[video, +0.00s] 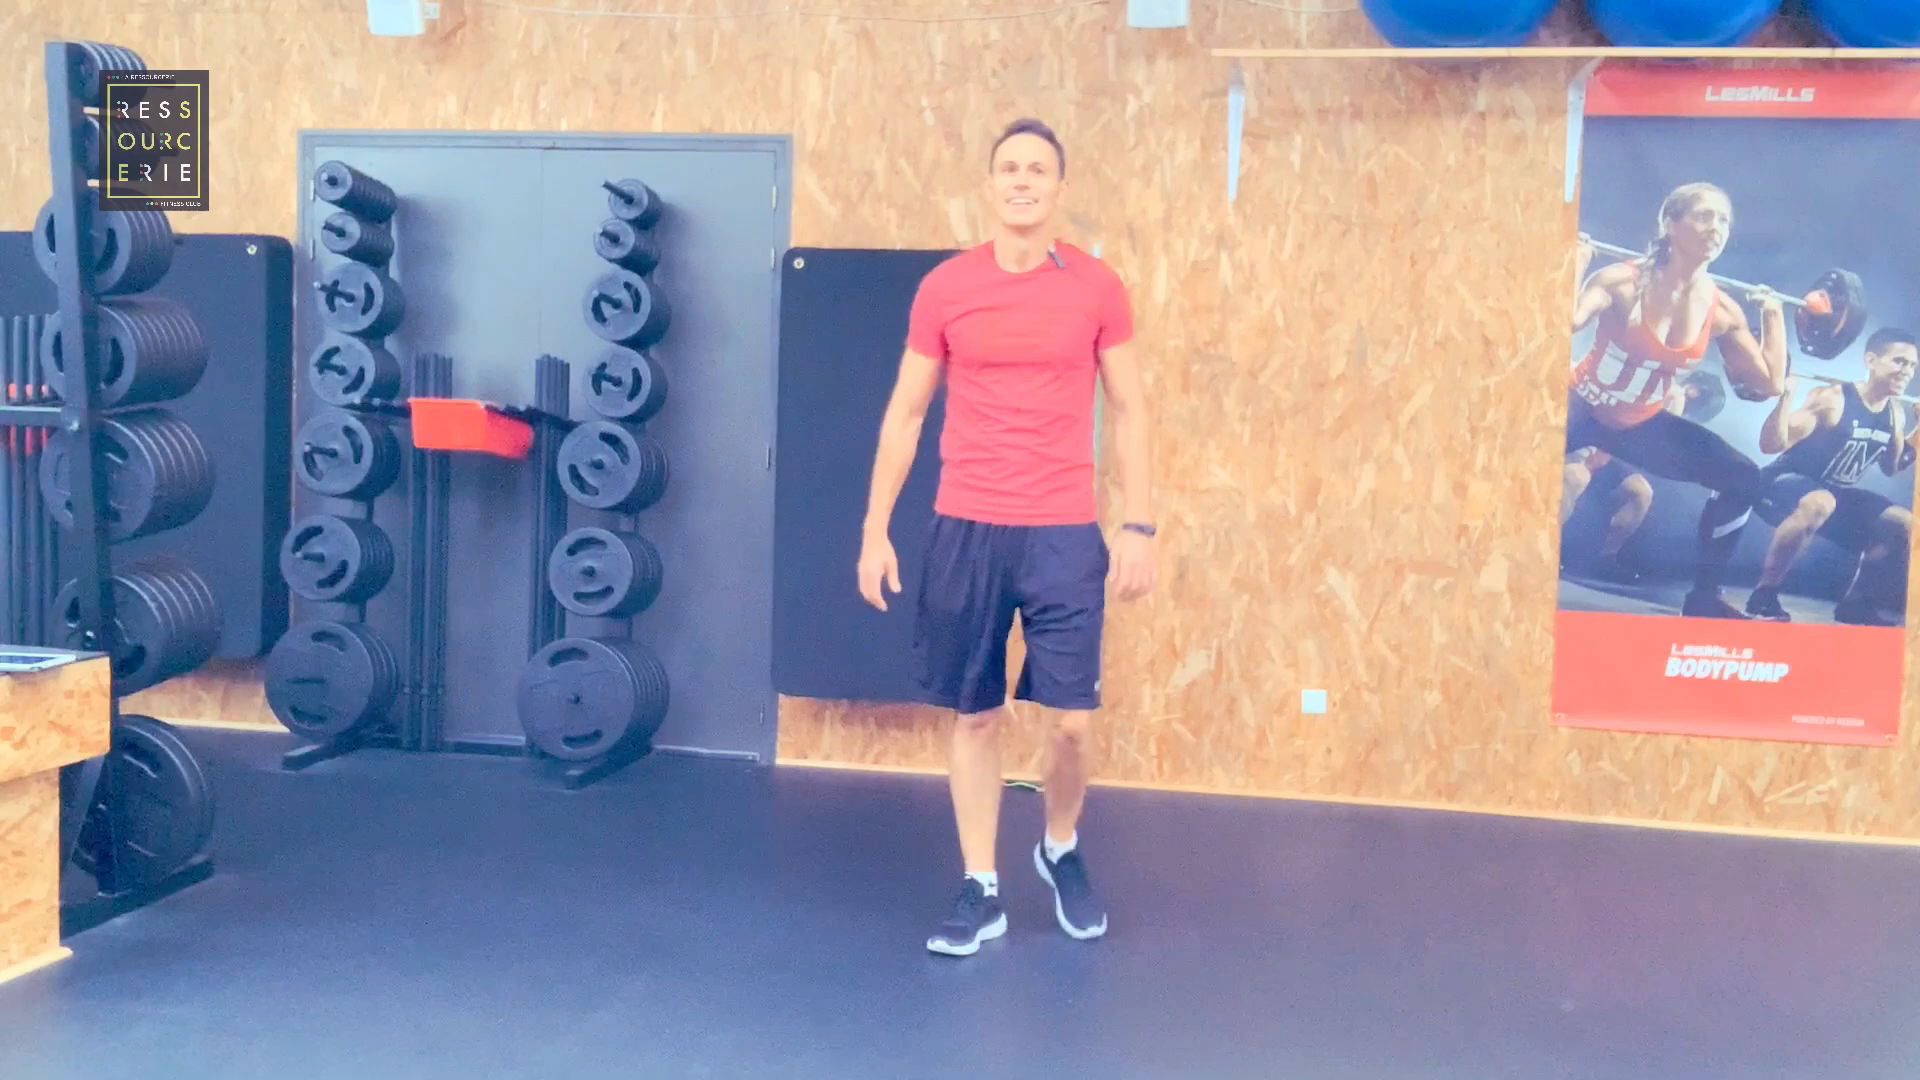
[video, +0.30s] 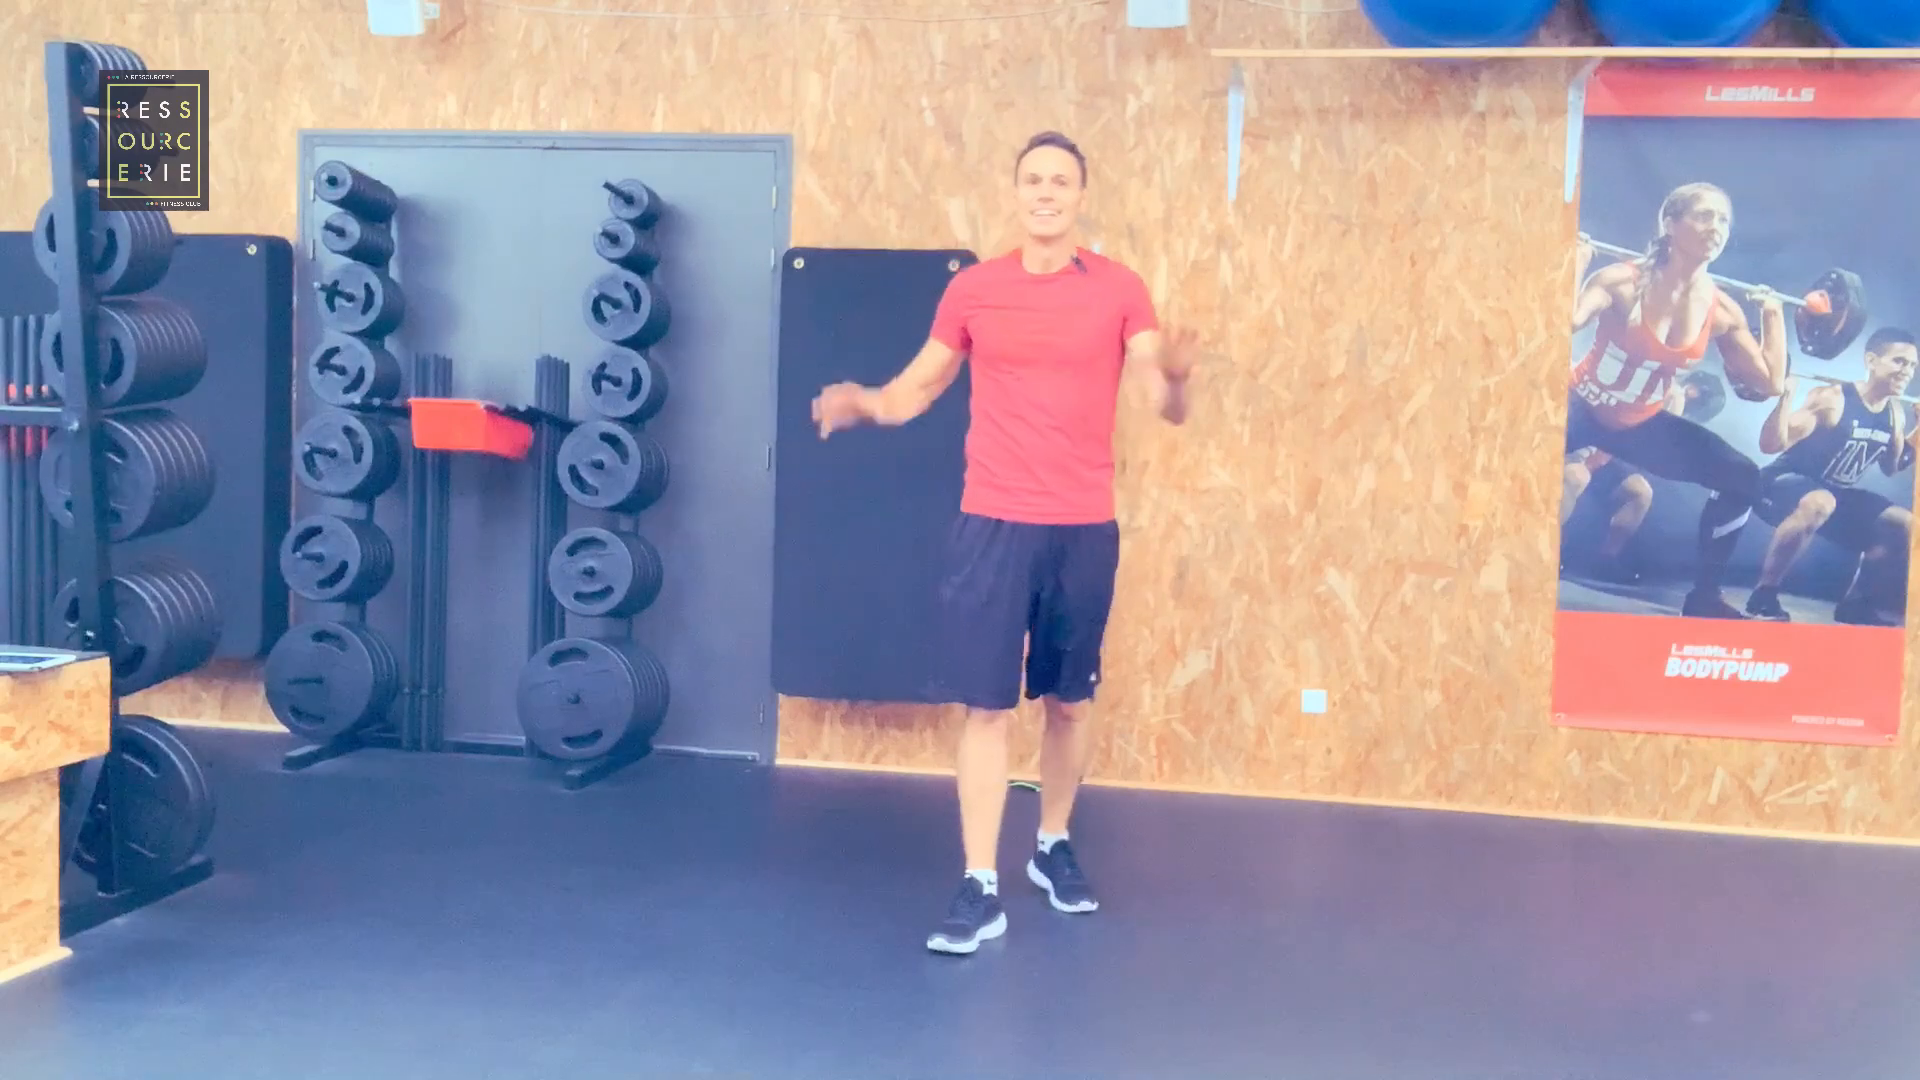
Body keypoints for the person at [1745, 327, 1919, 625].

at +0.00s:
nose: (1906, 371)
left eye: (1911, 365)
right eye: (1899, 361)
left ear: (1914, 371)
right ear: (1871, 361)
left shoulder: (1894, 412)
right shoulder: (1830, 398)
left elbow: (1891, 467)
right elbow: (1769, 444)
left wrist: (1912, 444)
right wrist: (1785, 395)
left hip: (1839, 495)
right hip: (1785, 482)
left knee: (1906, 524)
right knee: (1821, 502)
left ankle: (1854, 603)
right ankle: (1763, 596)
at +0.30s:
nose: (1906, 372)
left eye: (1912, 365)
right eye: (1899, 361)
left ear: (1914, 372)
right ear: (1871, 361)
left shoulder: (1894, 413)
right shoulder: (1830, 398)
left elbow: (1891, 467)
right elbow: (1769, 444)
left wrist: (1911, 441)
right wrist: (1785, 395)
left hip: (1839, 495)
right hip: (1785, 481)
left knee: (1906, 525)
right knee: (1821, 502)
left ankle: (1854, 604)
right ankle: (1763, 596)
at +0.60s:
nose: (1906, 372)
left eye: (1912, 365)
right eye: (1899, 361)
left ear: (1914, 372)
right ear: (1871, 361)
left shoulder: (1894, 413)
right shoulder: (1830, 398)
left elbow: (1891, 467)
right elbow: (1769, 444)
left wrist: (1911, 441)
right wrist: (1785, 395)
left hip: (1839, 495)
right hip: (1785, 481)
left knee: (1906, 525)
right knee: (1821, 502)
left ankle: (1854, 605)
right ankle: (1763, 596)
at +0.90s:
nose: (1906, 372)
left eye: (1912, 365)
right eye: (1899, 361)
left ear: (1914, 372)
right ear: (1871, 361)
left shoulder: (1894, 413)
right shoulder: (1830, 398)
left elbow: (1891, 467)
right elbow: (1769, 444)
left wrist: (1910, 441)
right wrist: (1785, 396)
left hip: (1839, 495)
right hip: (1785, 481)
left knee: (1905, 525)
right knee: (1820, 502)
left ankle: (1854, 605)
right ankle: (1763, 596)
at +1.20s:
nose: (1906, 371)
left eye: (1911, 365)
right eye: (1899, 361)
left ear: (1914, 371)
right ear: (1871, 361)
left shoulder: (1894, 412)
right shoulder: (1830, 398)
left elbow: (1892, 467)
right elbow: (1769, 444)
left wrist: (1913, 438)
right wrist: (1786, 395)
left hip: (1839, 494)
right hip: (1786, 481)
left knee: (1905, 525)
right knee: (1820, 503)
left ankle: (1855, 605)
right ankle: (1763, 596)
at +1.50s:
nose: (1906, 371)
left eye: (1912, 365)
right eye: (1899, 361)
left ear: (1914, 371)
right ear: (1871, 361)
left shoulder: (1894, 413)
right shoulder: (1830, 398)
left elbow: (1891, 467)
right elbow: (1769, 444)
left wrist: (1910, 442)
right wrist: (1785, 395)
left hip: (1839, 495)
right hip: (1786, 481)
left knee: (1906, 525)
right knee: (1820, 503)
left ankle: (1855, 604)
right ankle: (1764, 596)